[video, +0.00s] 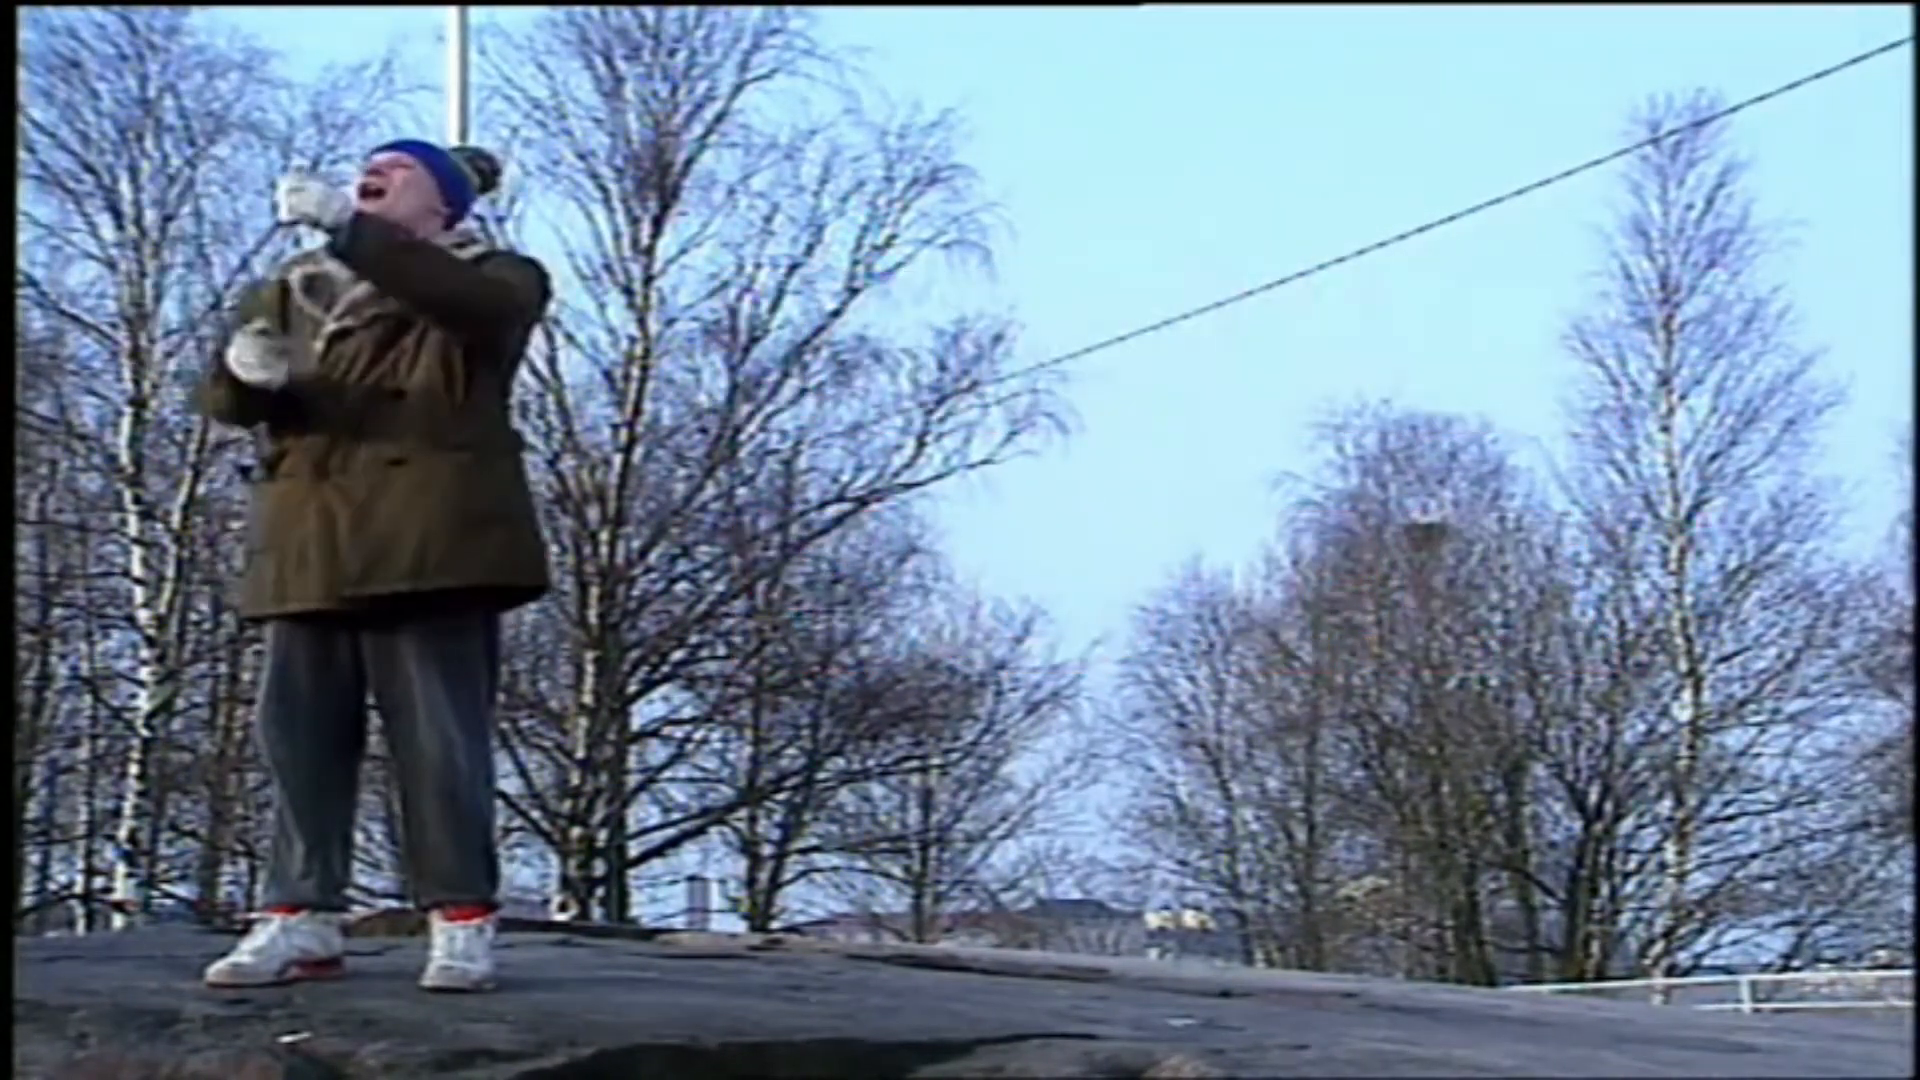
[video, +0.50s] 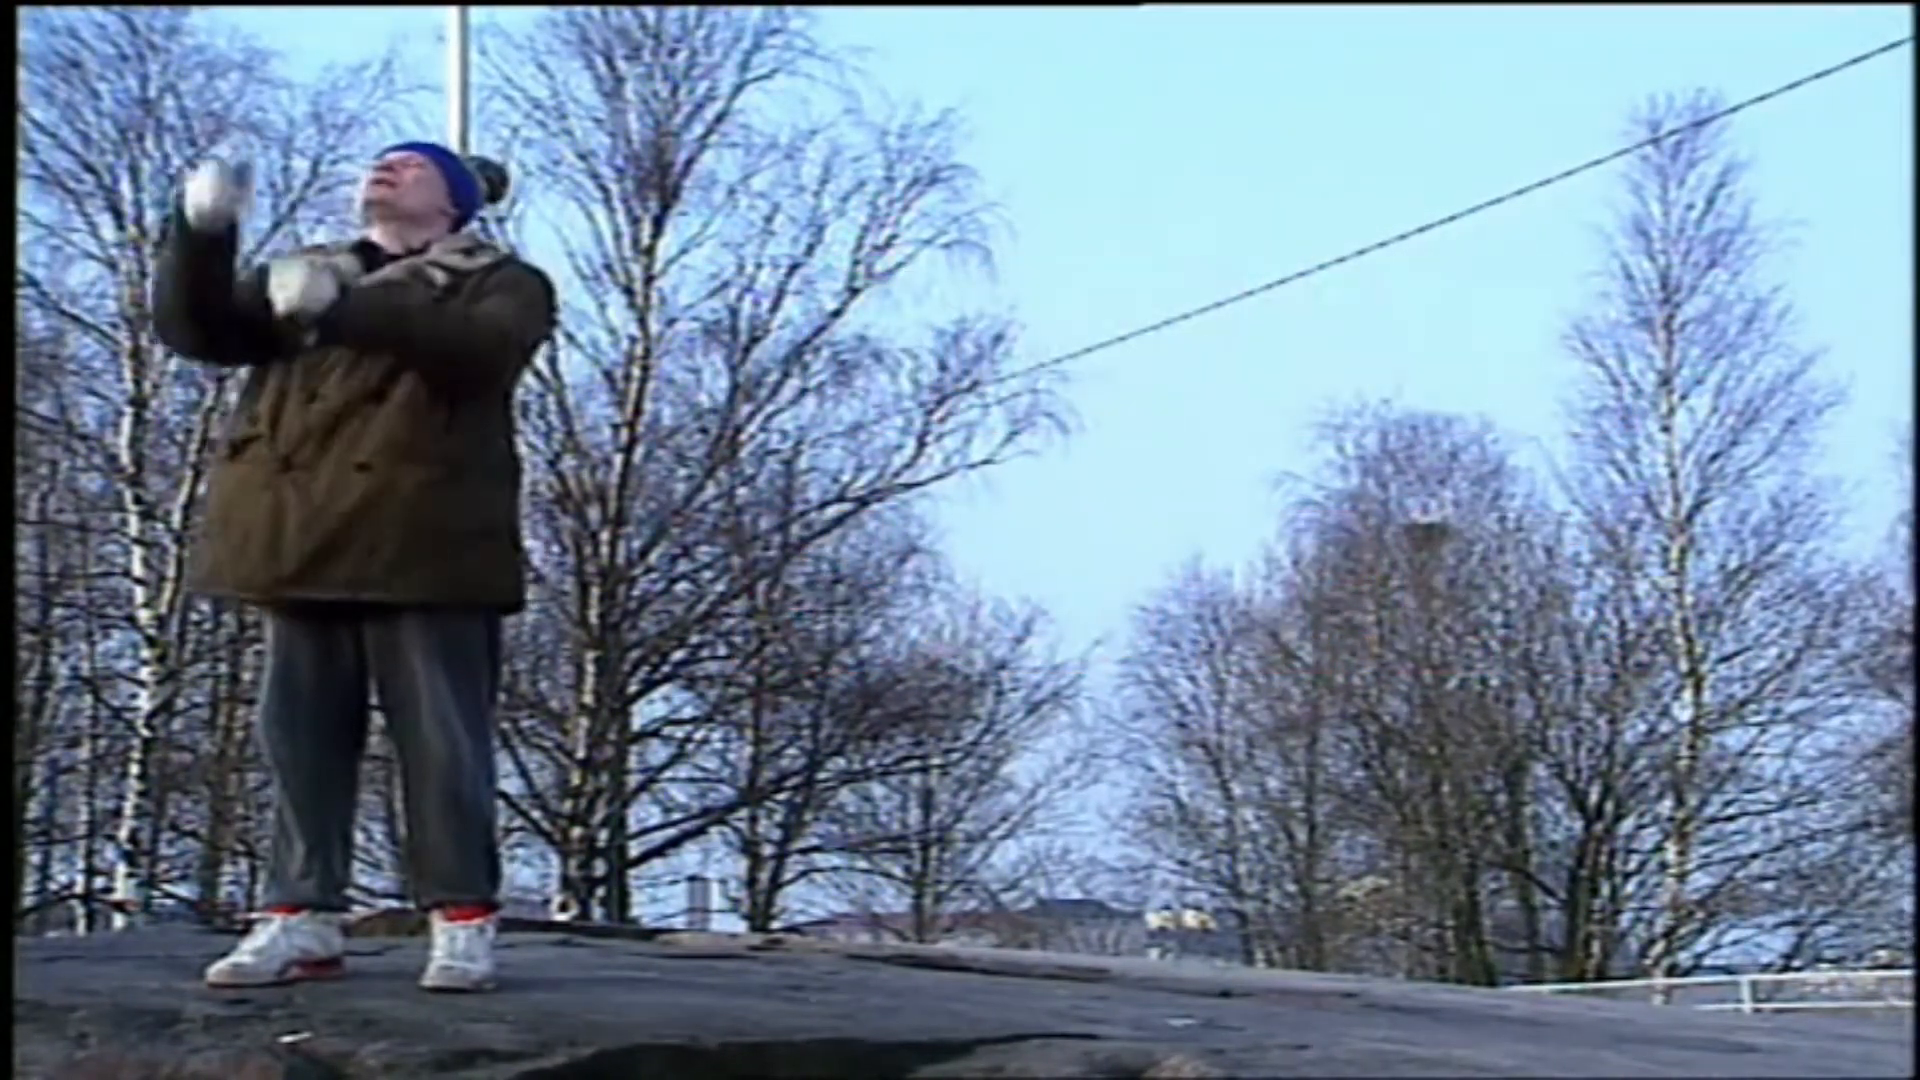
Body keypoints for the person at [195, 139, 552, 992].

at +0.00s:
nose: (365, 185)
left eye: (389, 173)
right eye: (360, 177)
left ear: (446, 202)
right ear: (351, 199)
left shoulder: (500, 276)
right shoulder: (308, 286)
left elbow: (471, 295)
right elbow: (224, 401)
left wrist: (348, 230)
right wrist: (249, 370)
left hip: (432, 540)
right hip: (307, 545)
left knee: (439, 738)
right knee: (300, 735)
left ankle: (460, 919)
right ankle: (304, 918)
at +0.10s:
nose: (370, 185)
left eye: (393, 174)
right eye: (365, 179)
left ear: (450, 202)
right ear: (355, 200)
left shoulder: (495, 275)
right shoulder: (304, 291)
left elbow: (497, 303)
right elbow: (203, 377)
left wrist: (354, 251)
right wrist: (223, 333)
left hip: (433, 546)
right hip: (307, 550)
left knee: (440, 740)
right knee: (301, 738)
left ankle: (461, 918)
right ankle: (305, 918)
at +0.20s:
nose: (377, 177)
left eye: (401, 167)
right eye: (372, 170)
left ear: (453, 202)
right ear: (360, 200)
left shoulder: (505, 280)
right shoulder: (315, 285)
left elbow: (477, 333)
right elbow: (188, 321)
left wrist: (344, 298)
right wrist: (194, 245)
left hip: (436, 556)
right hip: (308, 557)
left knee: (442, 741)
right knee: (299, 737)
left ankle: (462, 919)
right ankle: (305, 918)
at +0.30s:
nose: (377, 175)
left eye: (402, 168)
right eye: (373, 170)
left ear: (453, 199)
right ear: (362, 200)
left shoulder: (506, 281)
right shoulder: (308, 273)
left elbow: (481, 350)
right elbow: (183, 291)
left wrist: (335, 332)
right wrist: (193, 191)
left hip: (435, 557)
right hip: (304, 554)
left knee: (441, 742)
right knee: (299, 737)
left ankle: (462, 920)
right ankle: (304, 918)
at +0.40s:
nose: (381, 169)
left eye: (406, 164)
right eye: (377, 164)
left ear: (454, 200)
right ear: (364, 197)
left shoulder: (505, 284)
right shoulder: (311, 272)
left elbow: (475, 356)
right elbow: (185, 293)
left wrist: (333, 331)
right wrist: (204, 184)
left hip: (433, 557)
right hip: (304, 552)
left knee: (442, 741)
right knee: (299, 735)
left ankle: (461, 919)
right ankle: (303, 918)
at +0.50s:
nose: (381, 173)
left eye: (406, 165)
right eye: (376, 168)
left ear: (455, 205)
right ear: (360, 199)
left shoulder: (504, 280)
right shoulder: (320, 277)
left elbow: (475, 341)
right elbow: (196, 328)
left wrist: (339, 302)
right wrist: (204, 239)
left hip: (432, 548)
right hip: (305, 544)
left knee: (442, 738)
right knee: (300, 734)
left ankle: (461, 918)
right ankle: (305, 918)